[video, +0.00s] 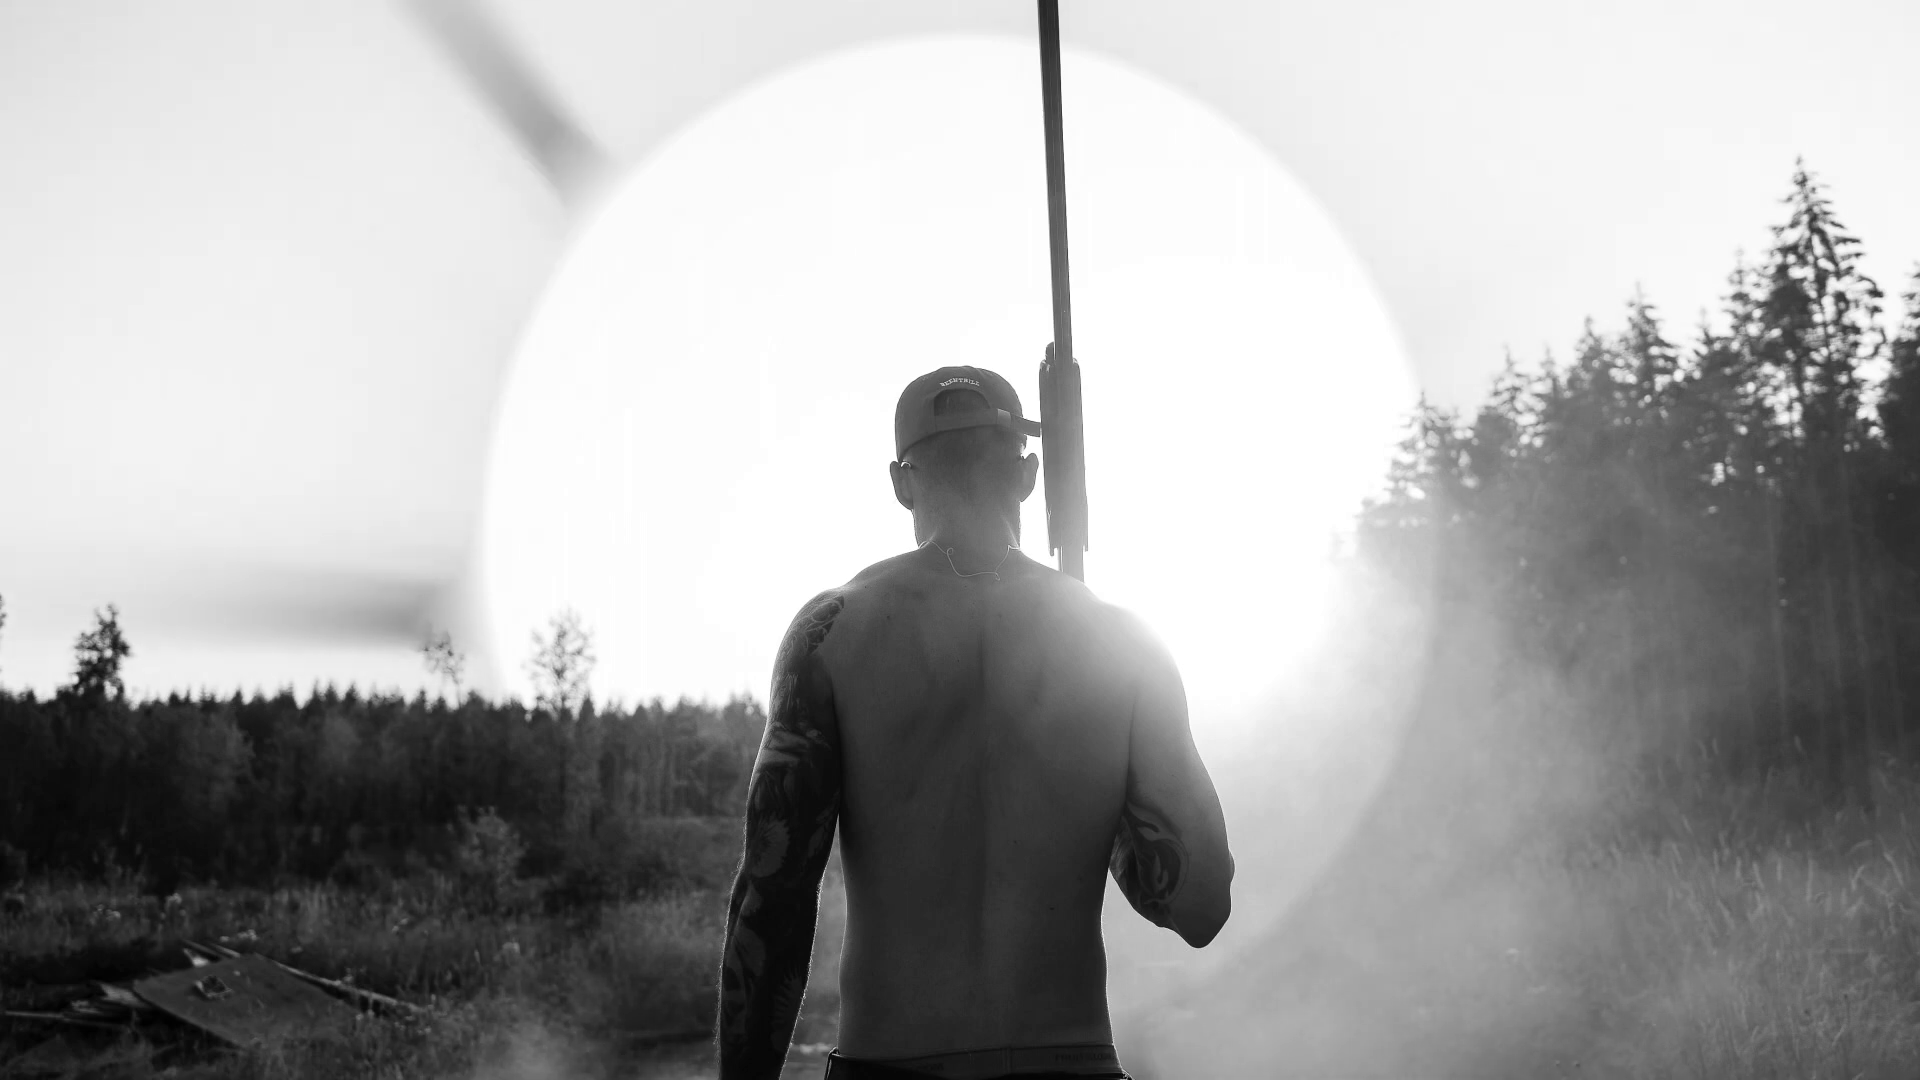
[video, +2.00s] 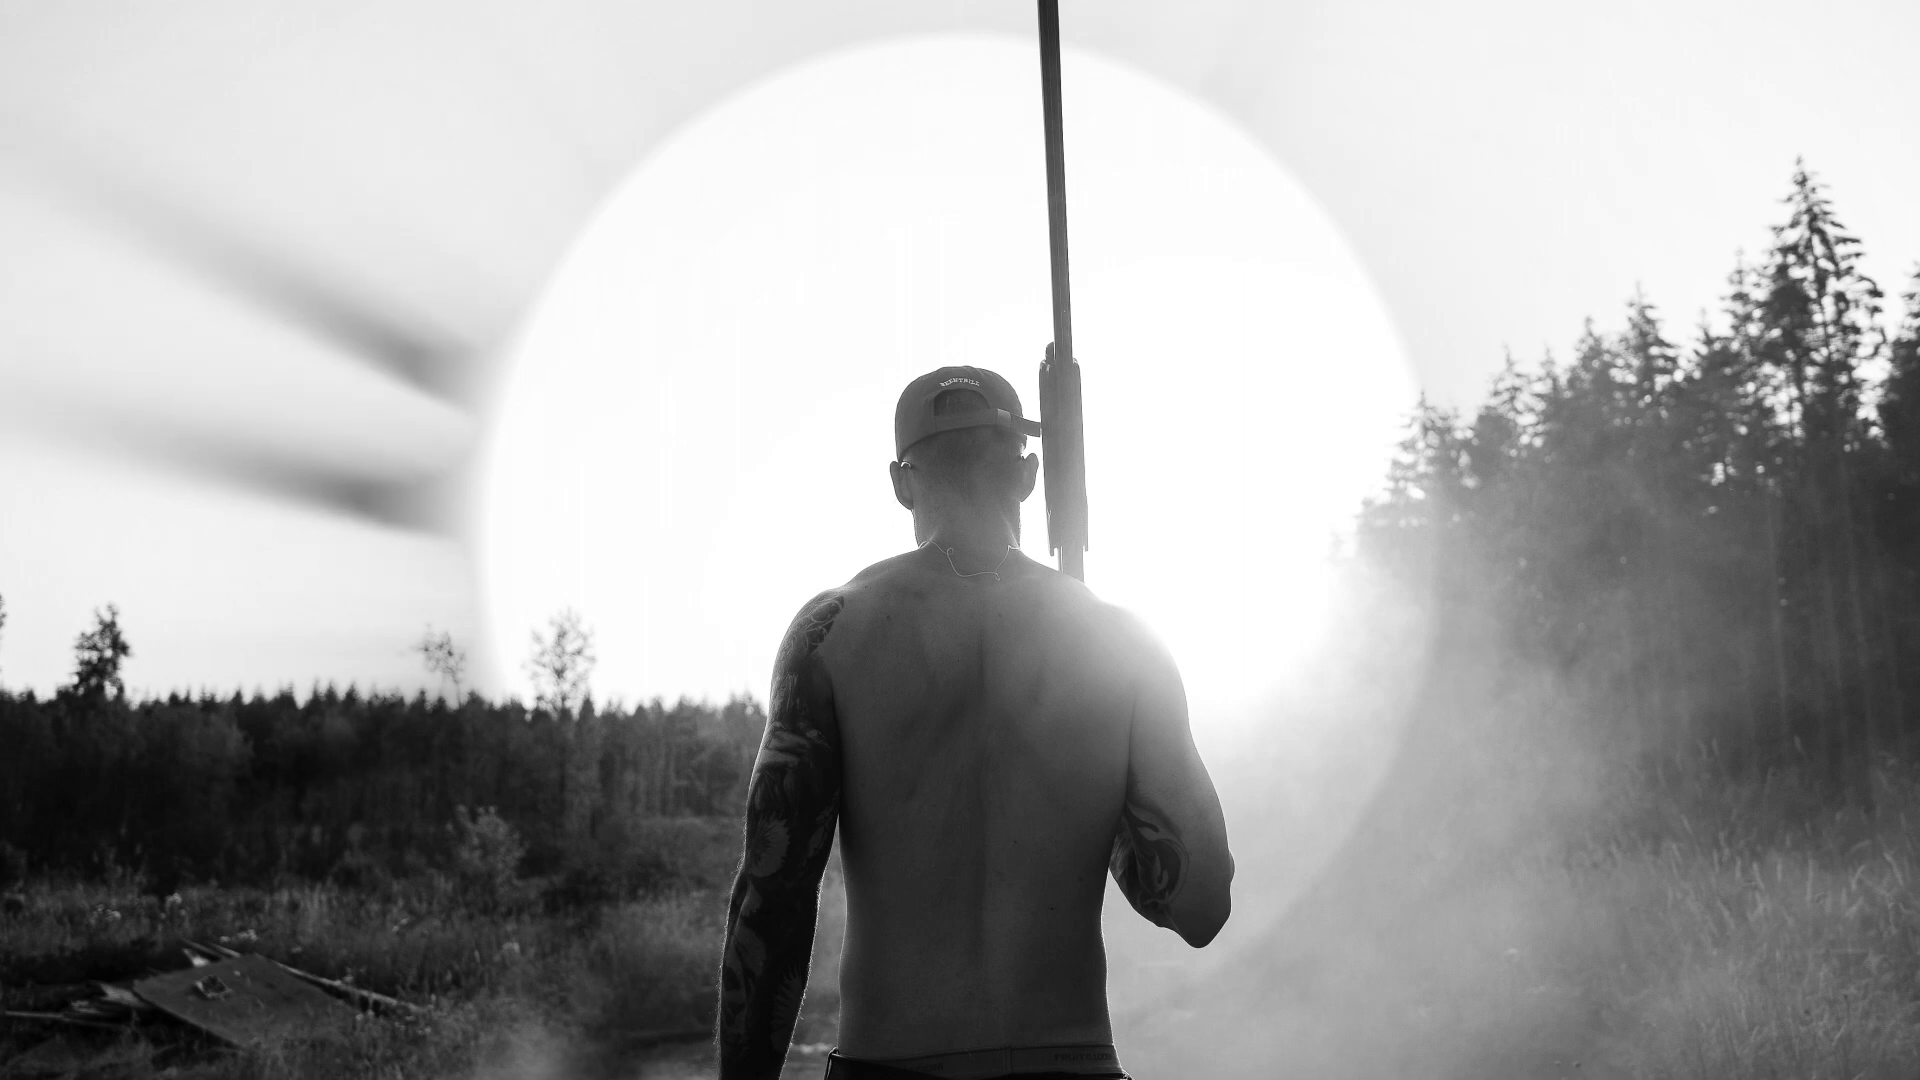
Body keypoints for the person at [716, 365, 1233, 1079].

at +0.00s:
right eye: (1017, 450)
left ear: (903, 486)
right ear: (1027, 476)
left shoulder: (832, 630)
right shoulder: (1121, 641)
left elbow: (773, 884)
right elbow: (1201, 904)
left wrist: (747, 1063)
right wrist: (1102, 803)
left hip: (887, 1045)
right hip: (1067, 1045)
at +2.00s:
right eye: (1015, 448)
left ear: (903, 486)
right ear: (1028, 477)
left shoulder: (831, 630)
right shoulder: (1121, 641)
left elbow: (773, 885)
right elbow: (1201, 905)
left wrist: (747, 1062)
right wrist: (1101, 800)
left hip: (886, 1046)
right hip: (1068, 1046)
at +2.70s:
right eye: (1015, 449)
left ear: (903, 486)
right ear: (1028, 477)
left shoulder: (831, 630)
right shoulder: (1121, 641)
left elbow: (773, 886)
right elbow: (1201, 905)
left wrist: (747, 1063)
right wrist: (1101, 800)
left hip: (886, 1046)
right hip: (1068, 1046)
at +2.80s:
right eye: (1015, 448)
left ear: (903, 486)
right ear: (1028, 477)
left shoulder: (831, 630)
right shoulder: (1121, 641)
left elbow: (773, 886)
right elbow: (1201, 905)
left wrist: (747, 1063)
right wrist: (1101, 800)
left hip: (886, 1046)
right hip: (1068, 1046)